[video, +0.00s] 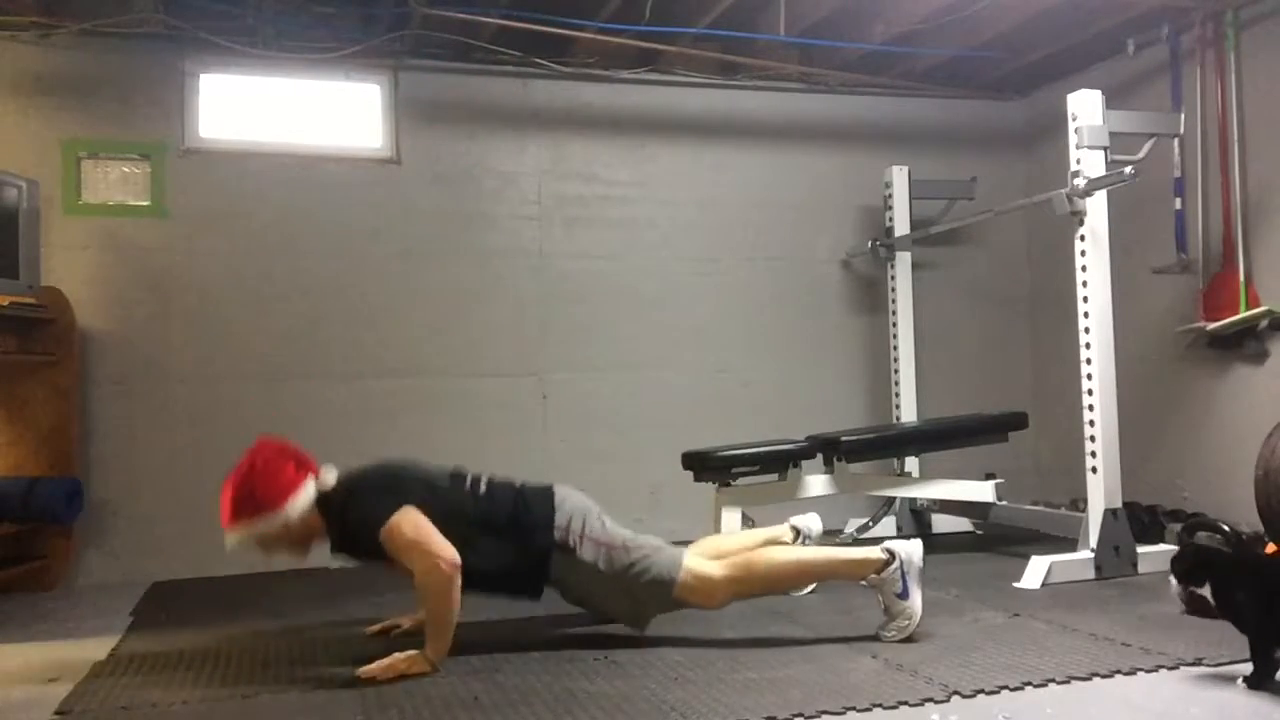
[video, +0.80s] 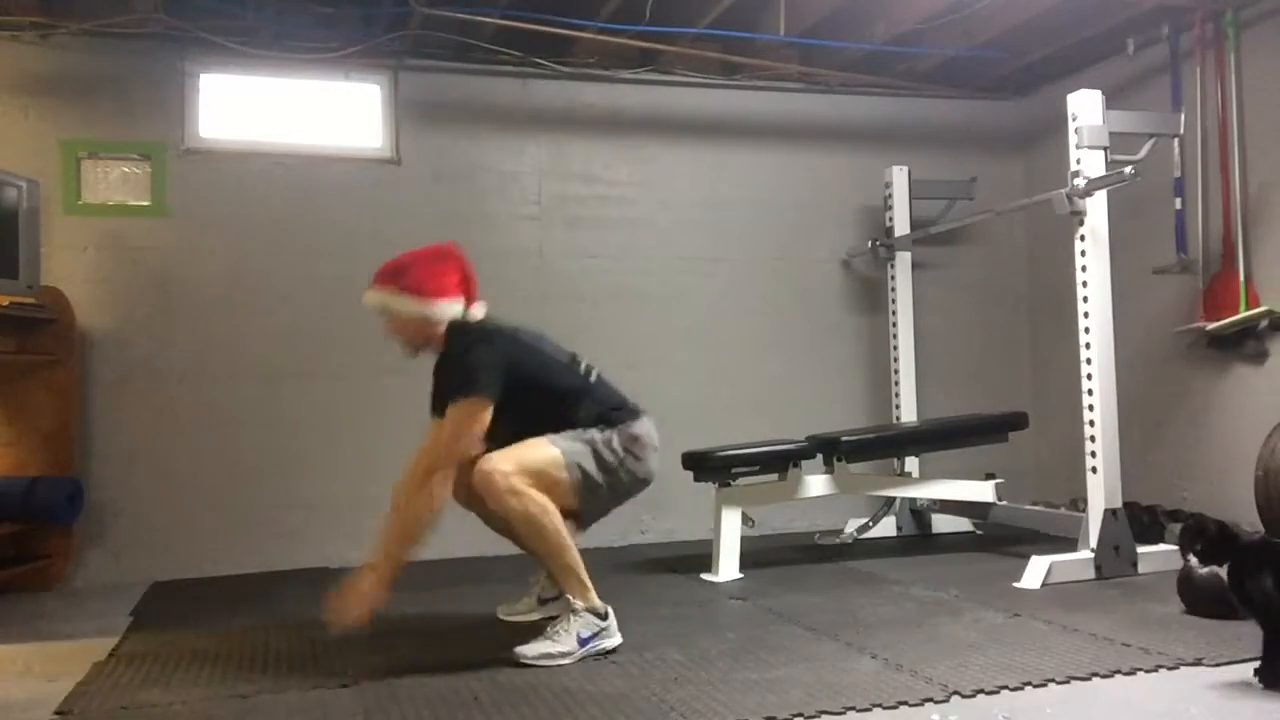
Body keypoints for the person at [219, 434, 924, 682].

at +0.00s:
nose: (261, 553)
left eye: (259, 539)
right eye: (251, 543)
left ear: (287, 511)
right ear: (289, 501)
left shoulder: (359, 505)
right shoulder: (346, 501)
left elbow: (441, 563)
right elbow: (432, 556)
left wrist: (432, 656)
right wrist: (420, 631)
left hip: (555, 536)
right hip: (547, 532)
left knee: (714, 582)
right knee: (688, 566)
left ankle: (881, 562)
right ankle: (791, 528)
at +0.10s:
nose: (271, 507)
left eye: (267, 494)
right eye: (259, 499)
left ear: (295, 458)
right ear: (291, 464)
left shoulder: (366, 458)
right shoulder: (347, 477)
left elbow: (430, 551)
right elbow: (419, 547)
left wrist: (431, 651)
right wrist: (424, 626)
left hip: (560, 492)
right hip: (548, 518)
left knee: (709, 553)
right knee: (680, 553)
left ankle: (880, 566)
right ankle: (785, 543)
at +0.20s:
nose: (278, 487)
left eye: (273, 474)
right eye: (266, 479)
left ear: (294, 442)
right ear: (293, 442)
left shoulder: (367, 436)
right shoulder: (354, 442)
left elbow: (416, 543)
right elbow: (412, 536)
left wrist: (430, 650)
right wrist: (422, 616)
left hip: (559, 413)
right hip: (551, 436)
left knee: (673, 529)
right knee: (661, 525)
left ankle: (846, 549)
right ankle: (778, 527)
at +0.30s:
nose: (309, 470)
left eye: (303, 457)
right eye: (298, 464)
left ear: (319, 429)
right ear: (321, 422)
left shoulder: (396, 422)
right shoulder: (379, 421)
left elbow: (426, 538)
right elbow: (420, 530)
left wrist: (430, 650)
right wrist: (423, 611)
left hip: (568, 358)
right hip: (545, 379)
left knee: (590, 504)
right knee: (561, 507)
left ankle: (761, 537)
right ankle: (697, 503)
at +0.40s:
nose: (333, 459)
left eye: (329, 444)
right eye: (322, 452)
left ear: (350, 410)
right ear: (351, 402)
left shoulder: (413, 410)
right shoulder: (400, 406)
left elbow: (429, 538)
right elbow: (428, 526)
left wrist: (430, 652)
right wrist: (427, 613)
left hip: (584, 355)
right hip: (559, 364)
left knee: (509, 464)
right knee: (491, 471)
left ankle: (655, 566)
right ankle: (620, 515)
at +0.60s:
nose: (349, 409)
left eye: (349, 394)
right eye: (341, 398)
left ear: (376, 376)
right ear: (382, 373)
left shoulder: (436, 397)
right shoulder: (419, 405)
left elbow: (431, 533)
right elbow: (422, 524)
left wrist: (424, 651)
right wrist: (422, 609)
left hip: (607, 447)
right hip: (578, 448)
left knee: (479, 481)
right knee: (456, 486)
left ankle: (587, 609)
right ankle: (555, 578)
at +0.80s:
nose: (390, 329)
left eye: (394, 314)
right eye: (388, 316)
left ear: (425, 309)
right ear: (431, 310)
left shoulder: (480, 348)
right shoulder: (454, 360)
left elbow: (443, 474)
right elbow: (429, 470)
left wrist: (380, 575)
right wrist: (379, 567)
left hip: (621, 442)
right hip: (591, 444)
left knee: (497, 475)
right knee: (468, 482)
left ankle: (591, 614)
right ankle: (562, 577)